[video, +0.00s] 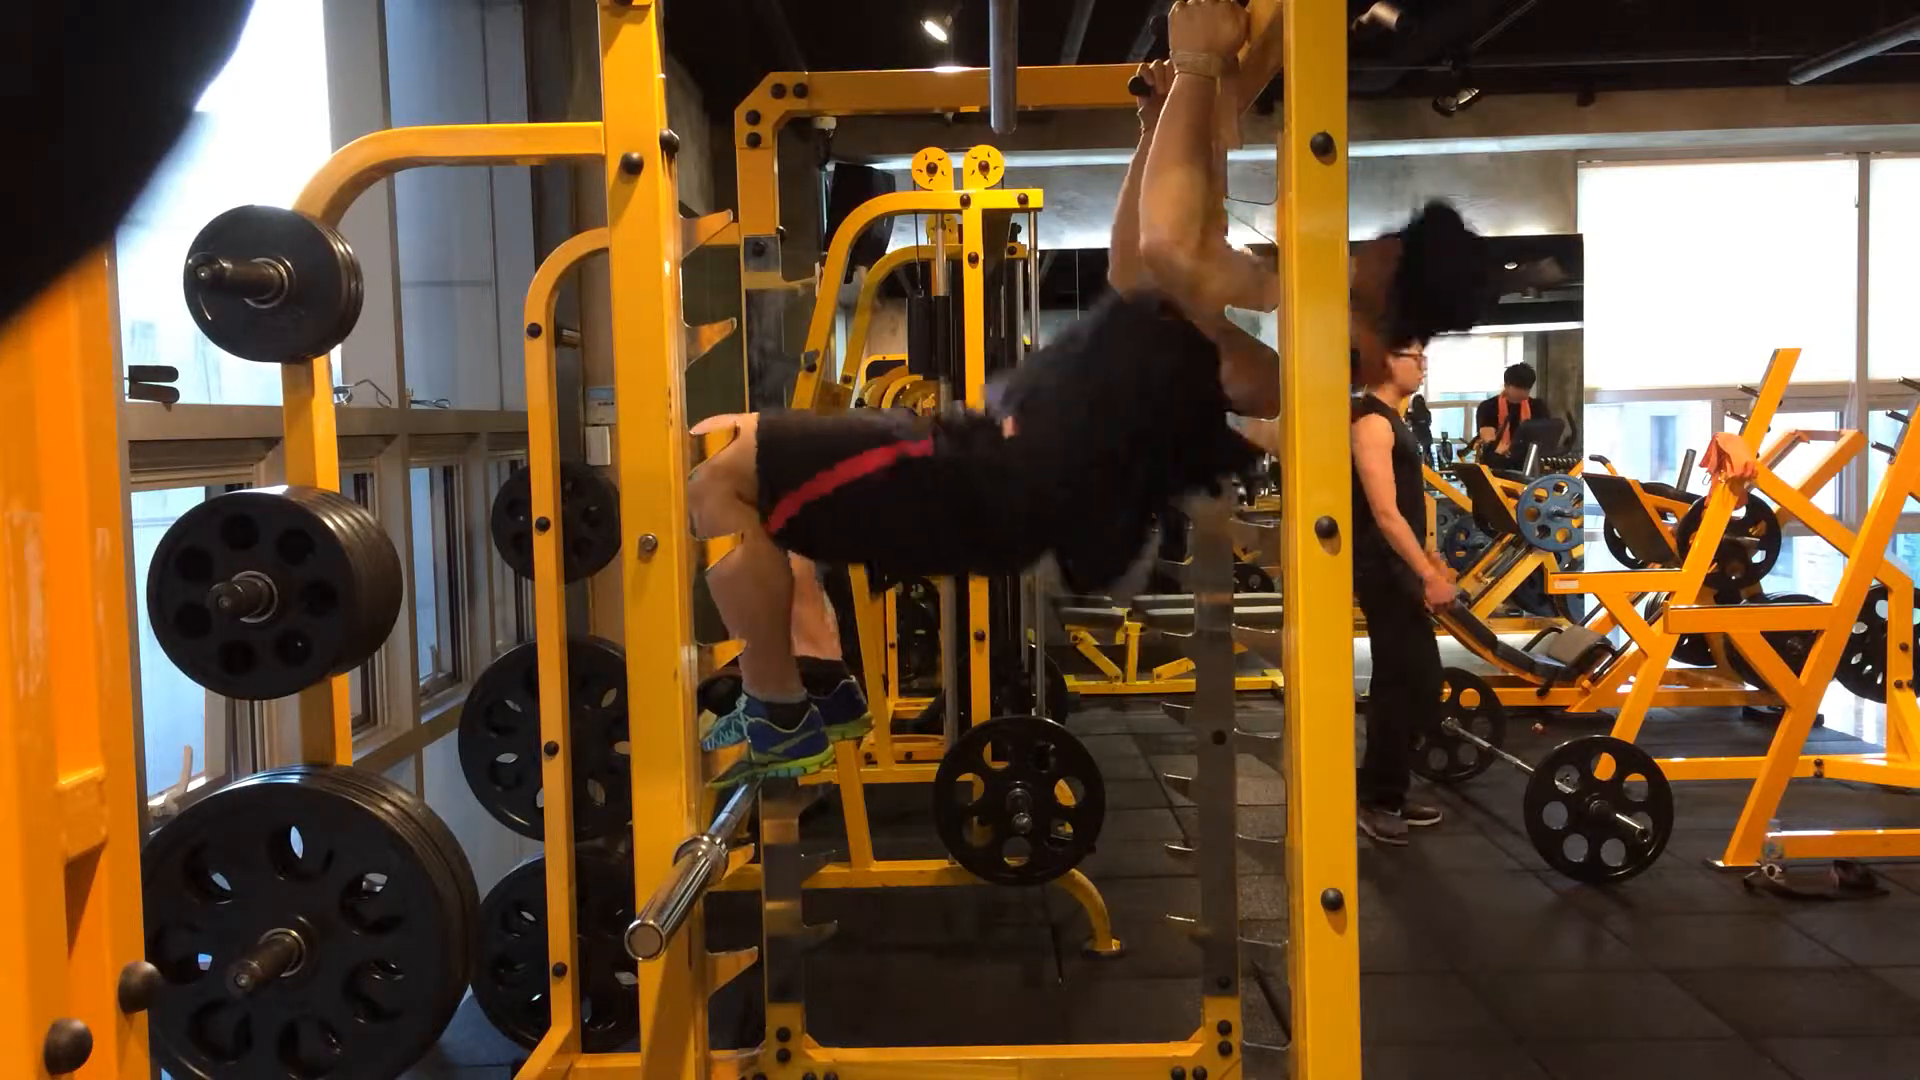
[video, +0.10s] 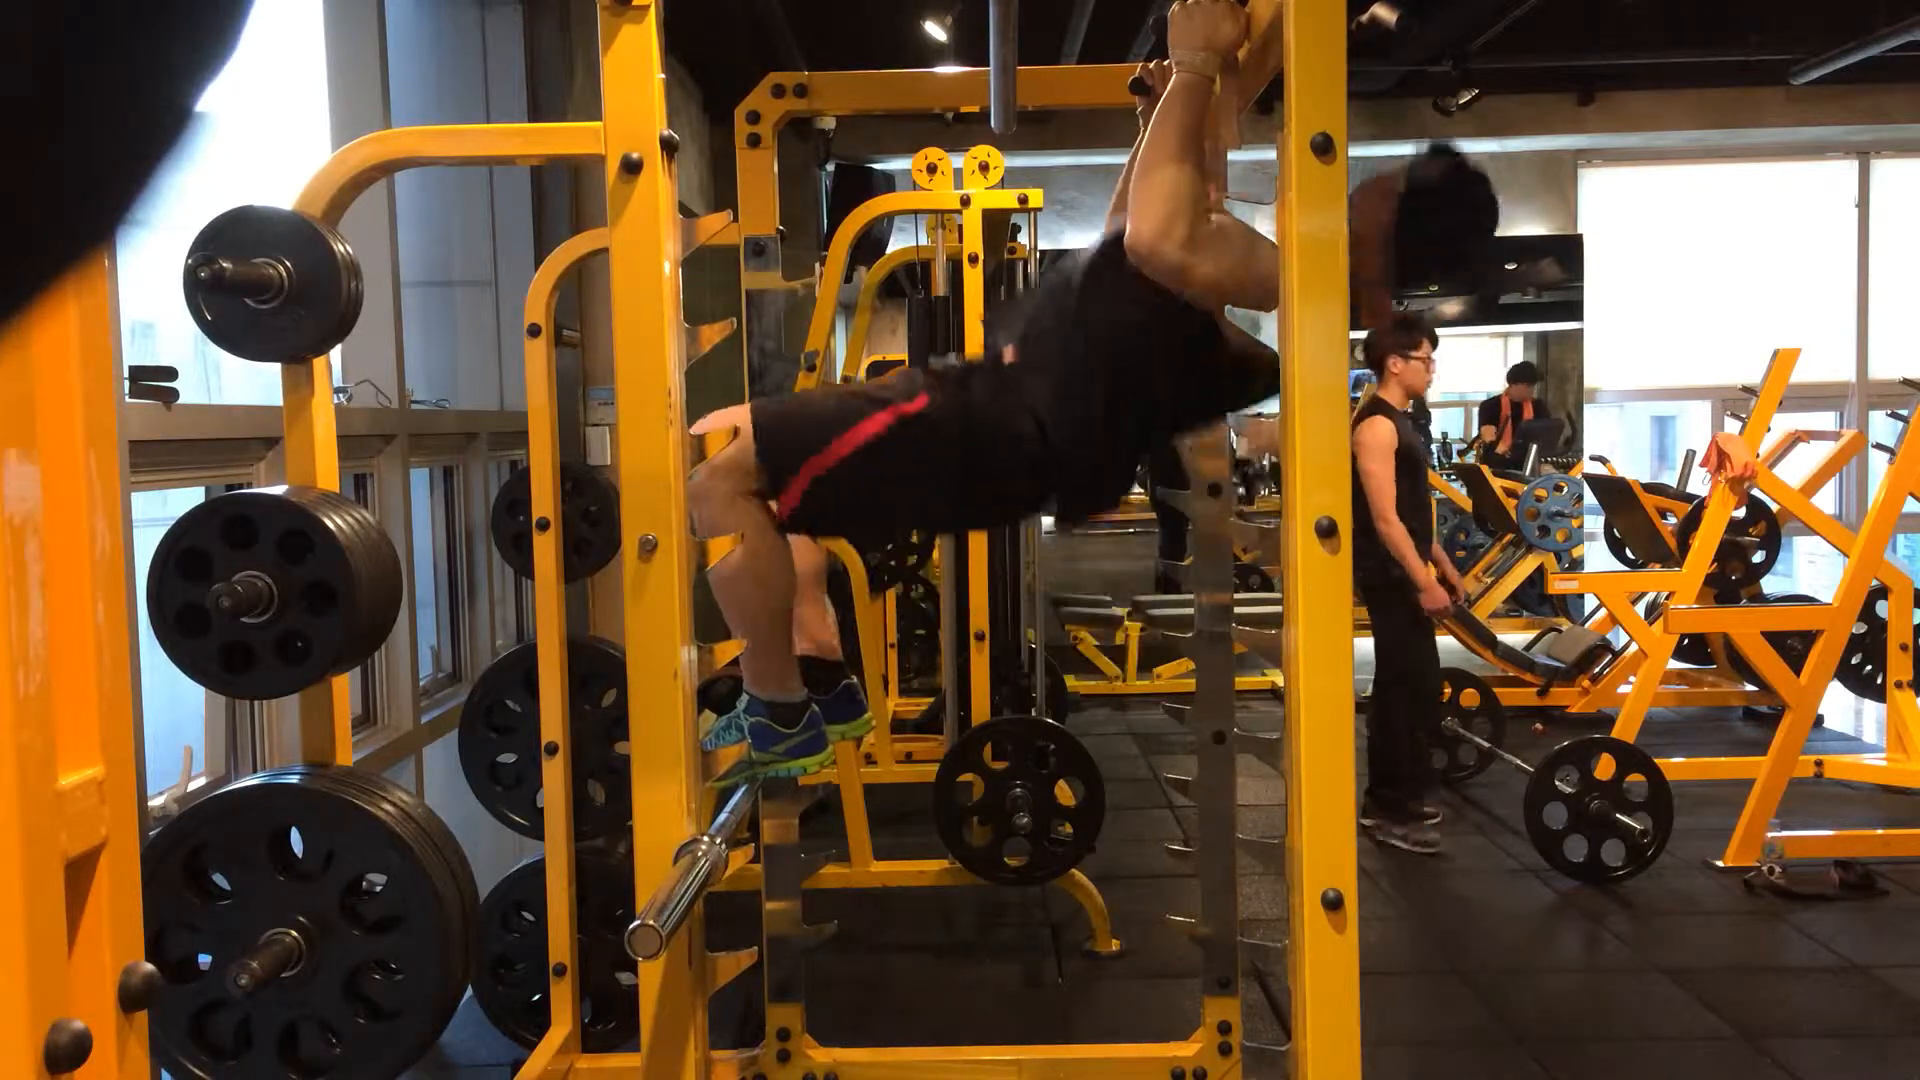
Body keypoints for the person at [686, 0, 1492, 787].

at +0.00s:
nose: (1353, 251)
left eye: (1376, 256)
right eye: (1368, 246)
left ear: (1391, 300)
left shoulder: (1329, 376)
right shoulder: (1310, 337)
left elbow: (1192, 269)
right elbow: (1139, 266)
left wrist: (1207, 70)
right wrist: (1169, 105)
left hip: (1019, 488)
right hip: (1008, 447)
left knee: (725, 487)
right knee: (729, 439)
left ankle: (776, 712)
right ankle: (821, 670)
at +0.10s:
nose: (1362, 180)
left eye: (1380, 185)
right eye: (1377, 177)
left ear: (1382, 217)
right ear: (1411, 262)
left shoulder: (1301, 281)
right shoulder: (1311, 278)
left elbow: (1164, 240)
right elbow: (1188, 213)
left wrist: (1199, 64)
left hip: (1018, 431)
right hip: (1013, 395)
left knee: (725, 483)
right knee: (729, 436)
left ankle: (776, 714)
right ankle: (819, 668)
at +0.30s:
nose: (1360, 105)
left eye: (1374, 101)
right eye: (1372, 101)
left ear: (1380, 115)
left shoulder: (1318, 242)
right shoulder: (1295, 180)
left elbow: (1167, 237)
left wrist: (1204, 66)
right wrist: (1211, 86)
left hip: (1025, 378)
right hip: (1007, 343)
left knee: (737, 451)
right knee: (770, 440)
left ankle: (781, 716)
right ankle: (822, 671)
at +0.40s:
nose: (1368, 115)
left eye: (1385, 113)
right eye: (1382, 107)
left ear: (1389, 142)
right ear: (1396, 158)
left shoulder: (1329, 252)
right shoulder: (1322, 205)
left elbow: (1170, 238)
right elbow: (1186, 191)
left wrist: (1201, 68)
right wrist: (1203, 88)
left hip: (1026, 399)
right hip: (1015, 359)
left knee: (739, 460)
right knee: (749, 428)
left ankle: (782, 716)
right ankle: (820, 665)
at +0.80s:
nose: (1331, 295)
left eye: (1356, 300)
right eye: (1349, 285)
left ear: (1378, 351)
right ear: (1359, 333)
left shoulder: (1304, 414)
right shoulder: (1263, 380)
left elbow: (1198, 266)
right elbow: (1150, 284)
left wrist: (1204, 75)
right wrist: (1158, 130)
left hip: (1021, 587)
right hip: (1009, 545)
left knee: (752, 463)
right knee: (780, 448)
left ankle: (784, 714)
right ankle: (823, 675)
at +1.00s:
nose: (1335, 298)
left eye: (1359, 299)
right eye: (1354, 289)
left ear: (1383, 351)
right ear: (1365, 333)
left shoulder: (1301, 414)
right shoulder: (1259, 379)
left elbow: (1200, 266)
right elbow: (1149, 281)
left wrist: (1205, 75)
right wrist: (1161, 120)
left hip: (1008, 583)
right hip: (998, 537)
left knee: (752, 468)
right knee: (778, 448)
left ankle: (786, 715)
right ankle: (821, 670)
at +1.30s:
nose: (1357, 119)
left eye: (1382, 120)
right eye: (1370, 105)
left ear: (1412, 172)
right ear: (1362, 125)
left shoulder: (1339, 250)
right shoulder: (1315, 210)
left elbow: (1185, 241)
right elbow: (1157, 216)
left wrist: (1203, 71)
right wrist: (1190, 90)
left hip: (1057, 423)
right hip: (1039, 387)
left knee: (745, 460)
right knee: (768, 431)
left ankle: (783, 714)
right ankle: (821, 670)